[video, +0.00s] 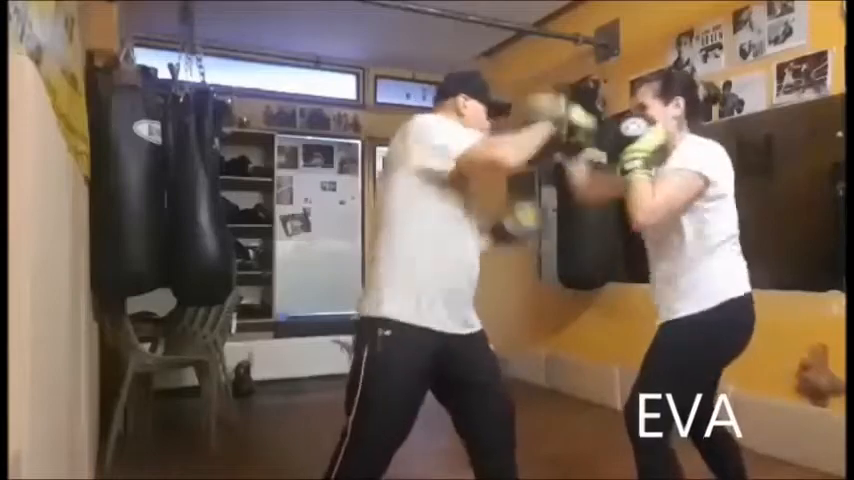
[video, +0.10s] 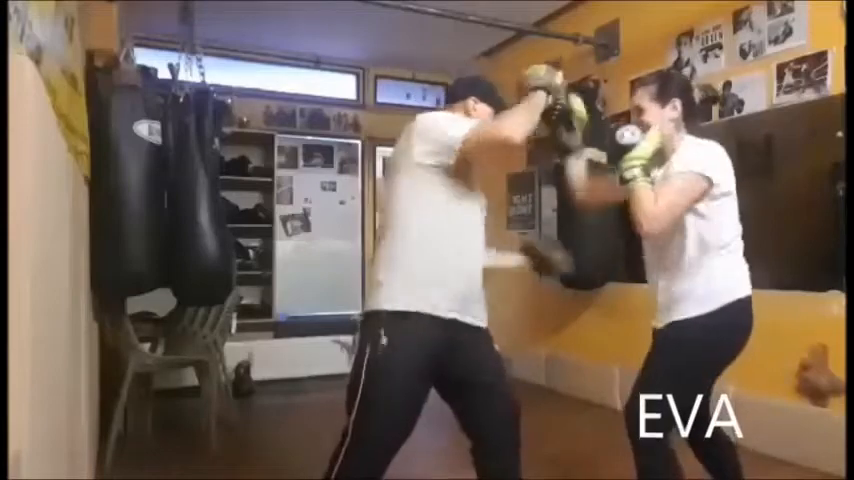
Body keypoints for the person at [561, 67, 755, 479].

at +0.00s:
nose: (637, 118)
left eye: (645, 108)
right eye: (636, 110)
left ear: (676, 106)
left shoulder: (702, 155)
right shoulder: (658, 163)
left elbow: (645, 215)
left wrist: (637, 159)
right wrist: (575, 148)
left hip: (712, 314)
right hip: (688, 316)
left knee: (643, 415)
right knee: (698, 412)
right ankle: (735, 473)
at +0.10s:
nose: (636, 120)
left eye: (643, 110)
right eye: (634, 112)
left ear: (674, 108)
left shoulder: (704, 156)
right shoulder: (657, 167)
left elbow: (652, 222)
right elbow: (584, 191)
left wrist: (636, 166)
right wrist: (574, 144)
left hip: (712, 315)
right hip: (682, 318)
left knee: (644, 416)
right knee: (694, 416)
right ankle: (731, 473)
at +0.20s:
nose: (625, 140)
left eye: (632, 129)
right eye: (623, 131)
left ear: (662, 124)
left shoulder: (693, 164)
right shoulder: (653, 177)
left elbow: (655, 240)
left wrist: (632, 183)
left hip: (719, 324)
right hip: (678, 325)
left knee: (638, 419)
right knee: (686, 425)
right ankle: (724, 473)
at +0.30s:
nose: (614, 157)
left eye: (621, 146)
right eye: (611, 147)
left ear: (652, 145)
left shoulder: (681, 176)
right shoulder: (652, 190)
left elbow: (652, 254)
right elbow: (663, 291)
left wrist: (627, 198)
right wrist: (614, 275)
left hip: (719, 334)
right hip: (679, 332)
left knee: (637, 421)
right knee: (677, 426)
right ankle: (721, 472)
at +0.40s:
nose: (618, 144)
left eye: (626, 134)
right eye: (617, 135)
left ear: (658, 133)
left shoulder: (689, 164)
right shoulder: (640, 191)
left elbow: (664, 238)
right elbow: (651, 278)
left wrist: (635, 184)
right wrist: (603, 264)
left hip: (719, 325)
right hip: (677, 327)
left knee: (637, 419)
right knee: (677, 421)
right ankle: (724, 472)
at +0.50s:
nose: (627, 127)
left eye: (634, 117)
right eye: (625, 119)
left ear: (666, 113)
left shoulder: (703, 155)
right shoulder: (634, 173)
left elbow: (673, 229)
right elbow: (606, 239)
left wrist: (646, 165)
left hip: (711, 309)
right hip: (674, 315)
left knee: (641, 413)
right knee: (687, 418)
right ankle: (731, 474)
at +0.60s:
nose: (634, 123)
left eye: (641, 112)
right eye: (631, 114)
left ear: (672, 109)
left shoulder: (704, 155)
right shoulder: (637, 165)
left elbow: (667, 228)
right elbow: (602, 223)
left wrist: (647, 163)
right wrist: (568, 178)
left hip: (705, 303)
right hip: (670, 309)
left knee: (645, 412)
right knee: (687, 414)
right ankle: (731, 474)